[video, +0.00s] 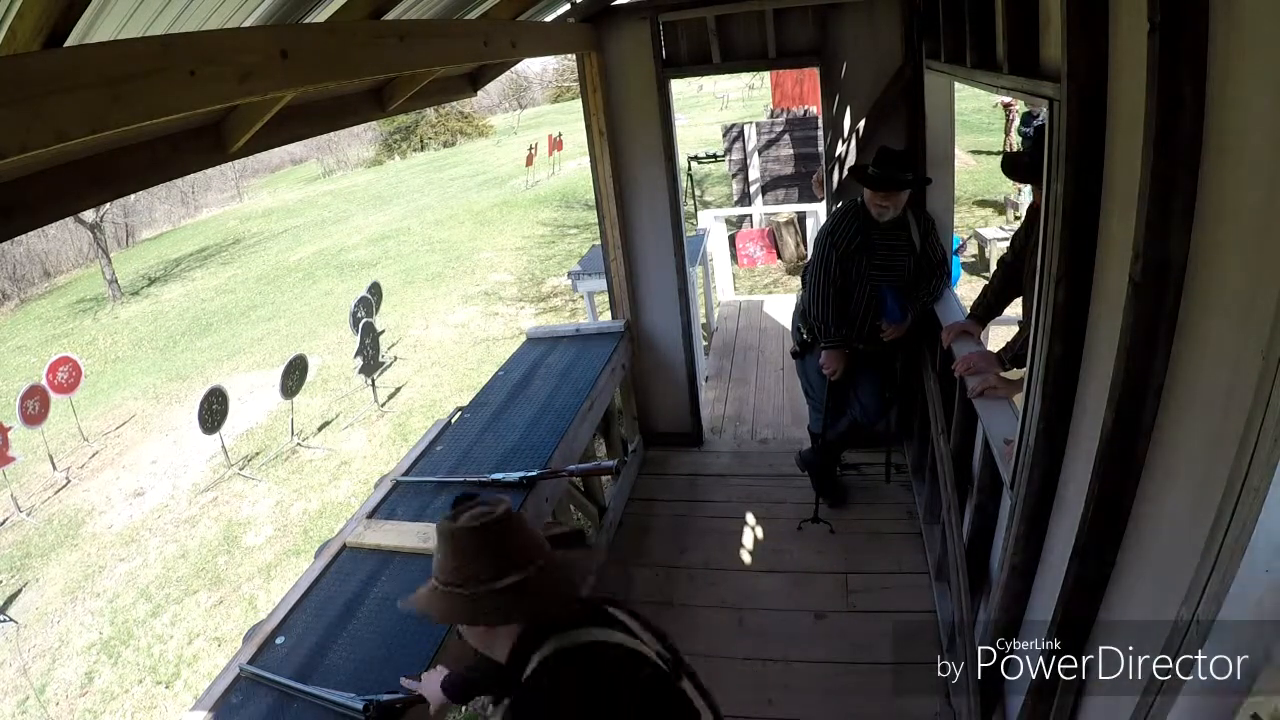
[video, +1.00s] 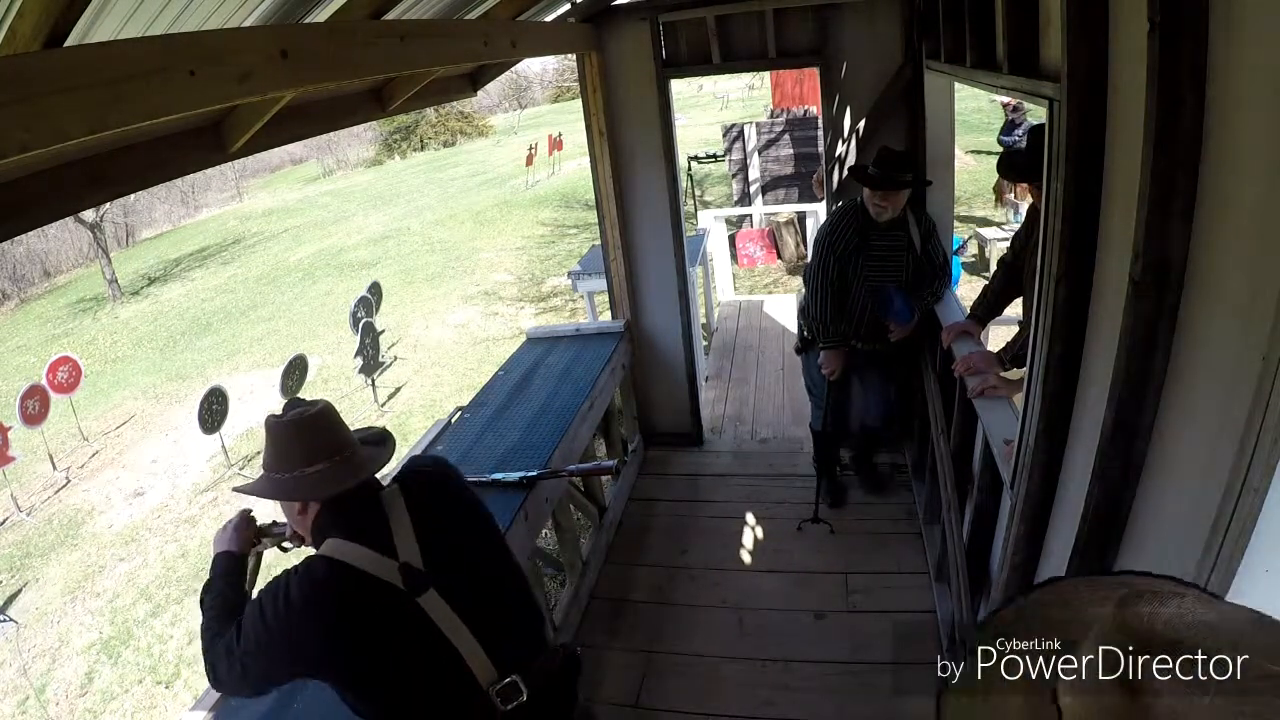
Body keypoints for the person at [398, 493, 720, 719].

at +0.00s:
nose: (457, 626)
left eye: (457, 617)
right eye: (454, 616)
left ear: (478, 622)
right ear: (541, 578)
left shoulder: (552, 699)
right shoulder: (596, 613)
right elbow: (528, 666)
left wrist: (448, 704)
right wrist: (455, 684)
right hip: (701, 709)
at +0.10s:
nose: (418, 590)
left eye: (419, 581)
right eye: (416, 580)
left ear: (439, 591)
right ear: (501, 548)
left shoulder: (502, 662)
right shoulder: (551, 581)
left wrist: (440, 695)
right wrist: (447, 685)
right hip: (666, 703)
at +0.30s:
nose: (352, 553)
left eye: (351, 542)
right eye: (349, 541)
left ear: (371, 549)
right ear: (435, 503)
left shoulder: (377, 652)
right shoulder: (524, 545)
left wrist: (317, 661)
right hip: (614, 712)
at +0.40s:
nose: (320, 544)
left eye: (320, 532)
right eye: (315, 532)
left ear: (339, 539)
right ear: (404, 496)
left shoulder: (332, 638)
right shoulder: (493, 526)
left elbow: (269, 705)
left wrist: (276, 602)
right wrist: (359, 578)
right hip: (582, 709)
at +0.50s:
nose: (295, 528)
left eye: (296, 519)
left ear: (314, 529)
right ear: (384, 486)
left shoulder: (316, 617)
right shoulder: (468, 509)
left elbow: (254, 693)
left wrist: (256, 577)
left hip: (432, 719)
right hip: (552, 700)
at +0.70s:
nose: (280, 514)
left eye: (279, 506)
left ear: (296, 516)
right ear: (364, 470)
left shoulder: (298, 603)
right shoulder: (441, 487)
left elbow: (221, 662)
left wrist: (239, 555)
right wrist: (316, 515)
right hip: (542, 692)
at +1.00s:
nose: (282, 509)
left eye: (281, 500)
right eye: (280, 499)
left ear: (305, 507)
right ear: (367, 470)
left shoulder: (304, 602)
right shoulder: (436, 479)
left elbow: (226, 665)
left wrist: (225, 559)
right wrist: (318, 529)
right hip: (549, 681)